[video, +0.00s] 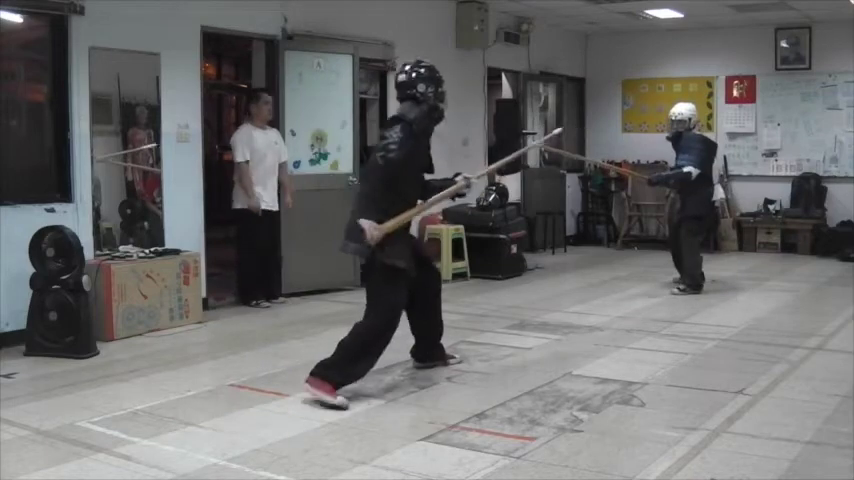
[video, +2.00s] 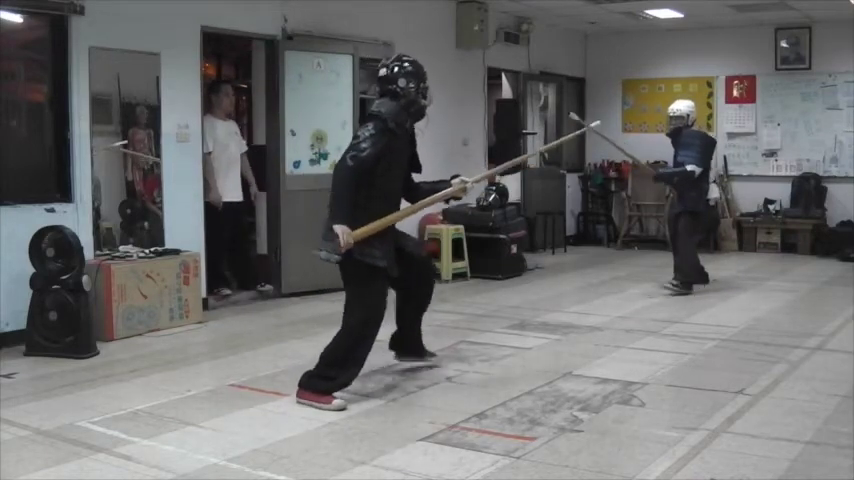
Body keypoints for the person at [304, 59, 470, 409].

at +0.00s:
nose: (441, 103)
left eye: (441, 96)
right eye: (436, 96)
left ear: (412, 97)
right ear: (422, 97)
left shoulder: (416, 134)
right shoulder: (401, 133)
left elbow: (413, 188)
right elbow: (374, 172)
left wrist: (449, 186)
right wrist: (367, 216)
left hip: (399, 233)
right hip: (382, 234)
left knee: (427, 281)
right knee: (384, 313)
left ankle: (429, 350)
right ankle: (325, 378)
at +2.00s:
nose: (424, 97)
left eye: (423, 89)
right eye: (419, 89)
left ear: (400, 90)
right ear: (403, 90)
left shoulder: (402, 132)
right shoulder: (379, 130)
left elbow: (410, 191)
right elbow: (345, 169)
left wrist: (450, 188)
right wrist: (340, 222)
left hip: (382, 234)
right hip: (357, 237)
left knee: (419, 272)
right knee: (366, 312)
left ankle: (408, 344)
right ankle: (316, 386)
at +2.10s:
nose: (431, 103)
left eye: (431, 96)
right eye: (426, 96)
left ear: (411, 97)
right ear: (408, 97)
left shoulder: (411, 136)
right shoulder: (386, 135)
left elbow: (425, 195)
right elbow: (351, 171)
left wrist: (463, 191)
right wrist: (349, 227)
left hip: (390, 241)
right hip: (366, 244)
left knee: (426, 282)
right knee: (369, 319)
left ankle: (435, 344)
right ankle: (317, 386)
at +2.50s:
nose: (461, 110)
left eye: (460, 103)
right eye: (457, 103)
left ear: (430, 105)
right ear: (445, 104)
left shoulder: (430, 142)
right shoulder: (423, 140)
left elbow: (425, 203)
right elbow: (418, 186)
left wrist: (464, 201)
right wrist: (459, 198)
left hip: (413, 239)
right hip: (399, 240)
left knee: (449, 275)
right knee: (415, 316)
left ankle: (451, 347)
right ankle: (352, 369)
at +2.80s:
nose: (404, 84)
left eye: (403, 77)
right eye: (397, 78)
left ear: (380, 81)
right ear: (380, 81)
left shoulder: (384, 122)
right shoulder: (366, 117)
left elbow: (393, 188)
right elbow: (363, 152)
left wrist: (440, 198)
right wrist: (407, 140)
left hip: (376, 226)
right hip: (362, 228)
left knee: (413, 294)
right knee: (409, 300)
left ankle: (411, 356)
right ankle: (390, 370)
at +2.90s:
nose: (389, 79)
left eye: (389, 72)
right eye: (383, 71)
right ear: (364, 72)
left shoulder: (373, 117)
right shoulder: (345, 105)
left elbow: (377, 184)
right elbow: (321, 139)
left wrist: (423, 195)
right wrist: (354, 137)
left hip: (355, 224)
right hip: (334, 224)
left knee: (385, 289)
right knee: (382, 290)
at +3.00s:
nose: (375, 70)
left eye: (375, 63)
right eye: (369, 61)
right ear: (350, 60)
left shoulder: (354, 106)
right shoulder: (328, 92)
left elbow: (361, 175)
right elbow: (291, 126)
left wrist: (403, 187)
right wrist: (309, 146)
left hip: (322, 210)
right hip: (304, 210)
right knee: (344, 282)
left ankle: (280, 359)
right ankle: (372, 366)